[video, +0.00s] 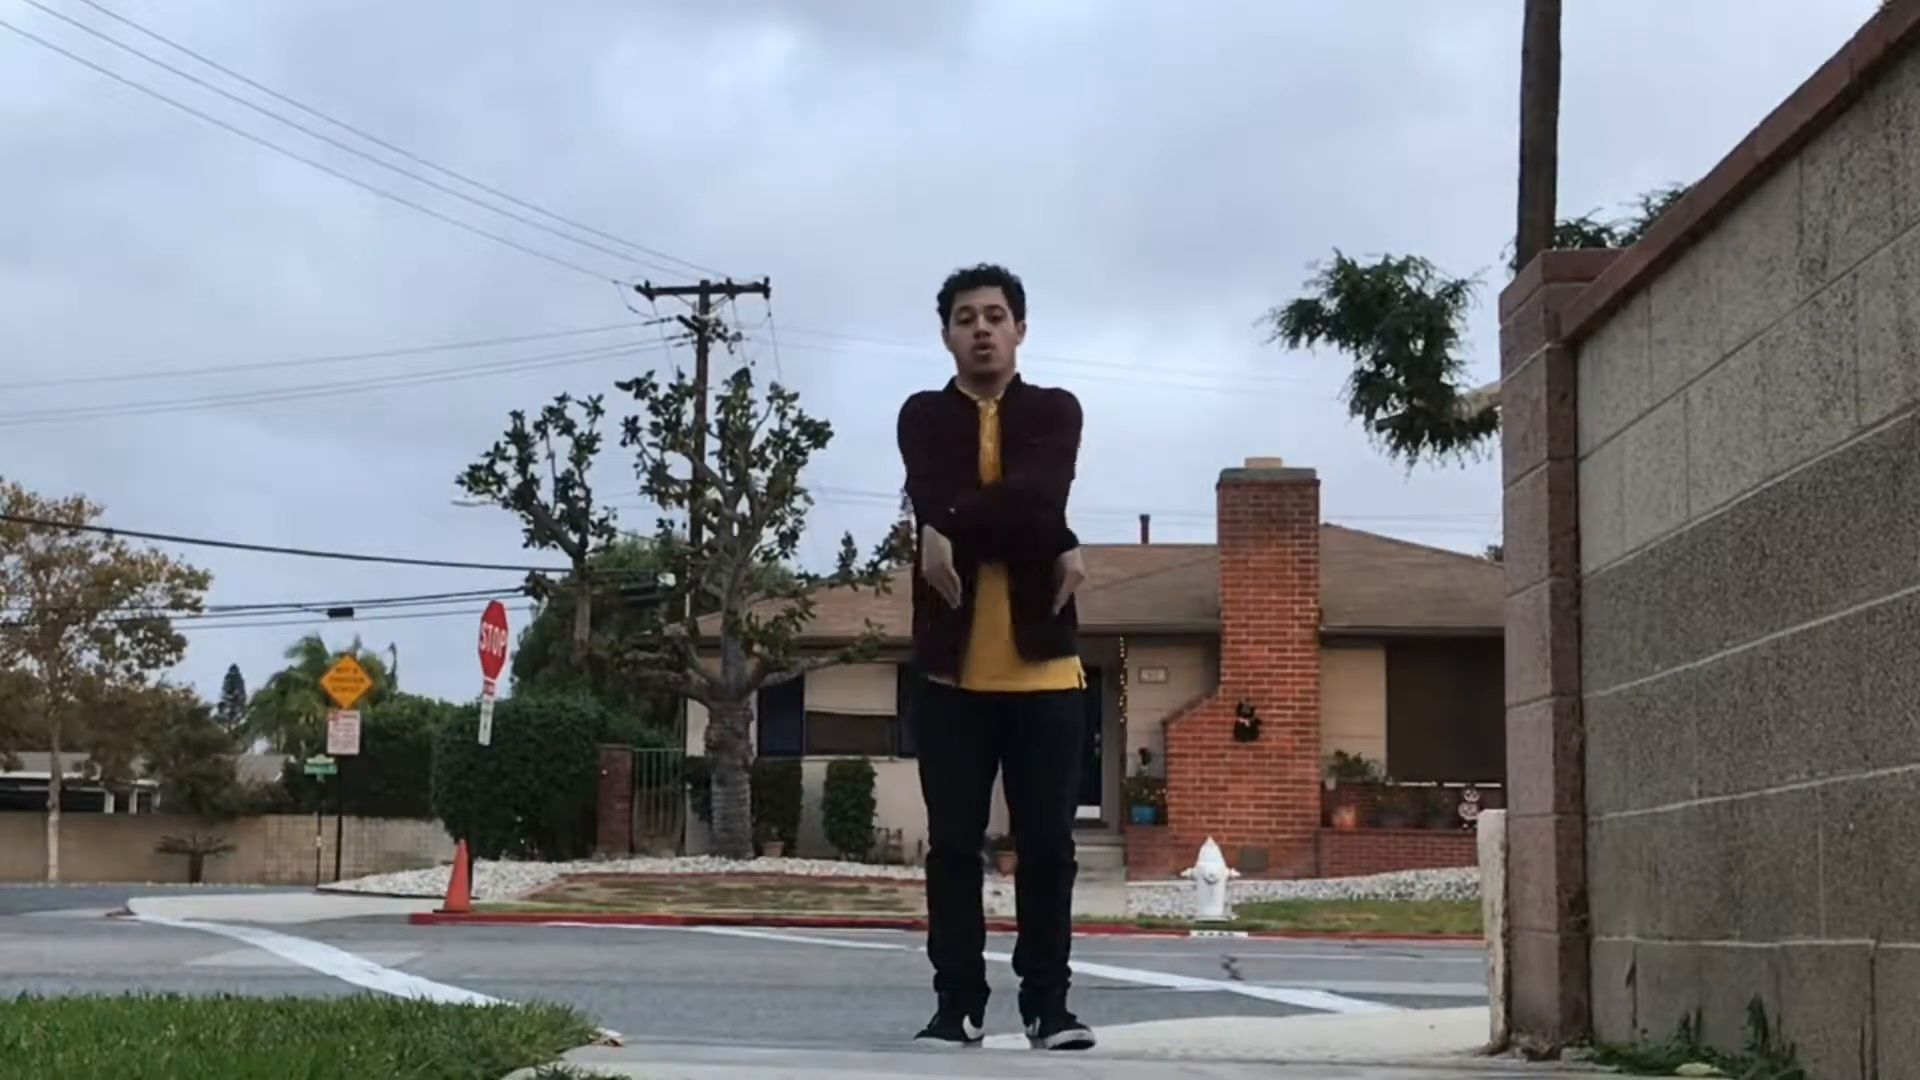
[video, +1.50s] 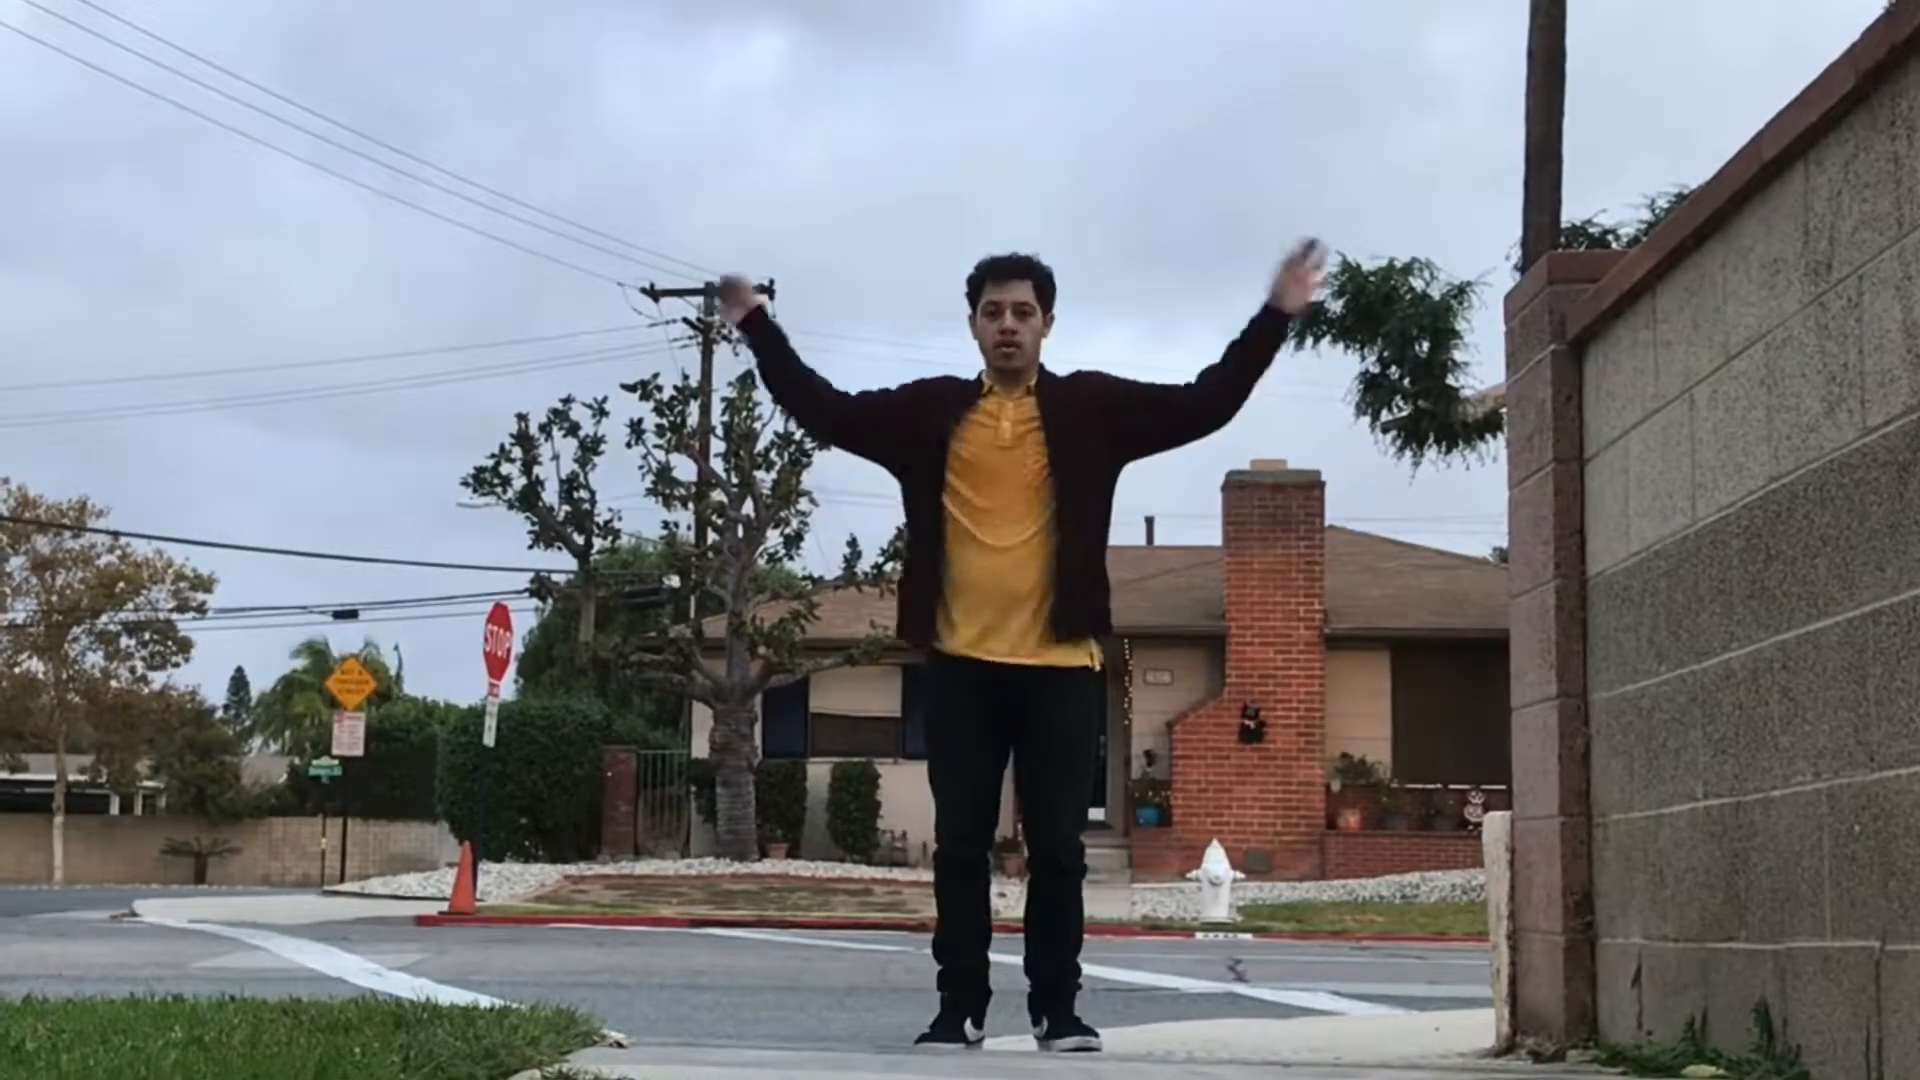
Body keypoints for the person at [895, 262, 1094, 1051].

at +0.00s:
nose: (981, 329)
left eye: (994, 316)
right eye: (965, 318)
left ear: (1020, 330)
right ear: (946, 336)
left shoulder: (1056, 409)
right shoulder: (923, 414)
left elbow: (1038, 498)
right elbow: (945, 515)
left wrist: (945, 525)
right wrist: (1055, 543)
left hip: (1045, 674)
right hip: (952, 674)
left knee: (1047, 849)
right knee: (953, 848)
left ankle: (1047, 1007)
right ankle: (958, 1006)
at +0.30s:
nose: (1000, 325)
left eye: (1013, 313)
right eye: (985, 314)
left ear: (1035, 327)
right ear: (962, 330)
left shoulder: (1067, 402)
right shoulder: (937, 408)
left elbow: (1050, 488)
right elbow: (963, 507)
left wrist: (951, 504)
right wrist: (1076, 532)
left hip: (1054, 668)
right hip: (961, 667)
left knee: (1052, 848)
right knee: (959, 846)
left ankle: (1047, 1008)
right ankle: (959, 1009)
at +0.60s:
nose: (1005, 333)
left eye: (1019, 320)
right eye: (991, 321)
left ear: (1042, 335)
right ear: (970, 337)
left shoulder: (1076, 412)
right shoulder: (939, 417)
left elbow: (1092, 501)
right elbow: (932, 516)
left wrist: (1005, 553)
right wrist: (1018, 577)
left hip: (1062, 673)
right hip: (956, 670)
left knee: (1121, 811)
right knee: (898, 804)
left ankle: (1069, 987)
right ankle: (936, 978)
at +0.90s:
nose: (1010, 333)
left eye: (1024, 321)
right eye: (995, 321)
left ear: (1046, 336)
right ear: (973, 337)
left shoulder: (1081, 419)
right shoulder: (940, 423)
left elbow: (1125, 494)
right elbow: (916, 503)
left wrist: (1028, 460)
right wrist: (1001, 433)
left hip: (1053, 679)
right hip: (961, 676)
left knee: (1047, 845)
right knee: (957, 846)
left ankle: (1051, 1004)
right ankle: (956, 1006)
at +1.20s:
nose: (1011, 319)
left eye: (1025, 308)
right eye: (997, 308)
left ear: (1049, 325)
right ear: (975, 325)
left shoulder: (1087, 420)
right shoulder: (937, 424)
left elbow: (1111, 528)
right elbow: (908, 527)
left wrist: (1129, 620)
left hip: (1061, 673)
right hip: (962, 676)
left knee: (1058, 849)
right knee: (958, 848)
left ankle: (1055, 1010)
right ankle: (958, 1010)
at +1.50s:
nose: (1007, 325)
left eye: (1023, 312)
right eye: (993, 312)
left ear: (1047, 324)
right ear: (973, 325)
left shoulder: (1093, 406)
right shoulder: (929, 409)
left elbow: (1205, 404)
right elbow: (826, 413)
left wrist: (1276, 314)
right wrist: (756, 325)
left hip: (1061, 668)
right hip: (959, 666)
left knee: (1058, 849)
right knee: (961, 846)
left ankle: (1058, 1013)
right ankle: (960, 1013)